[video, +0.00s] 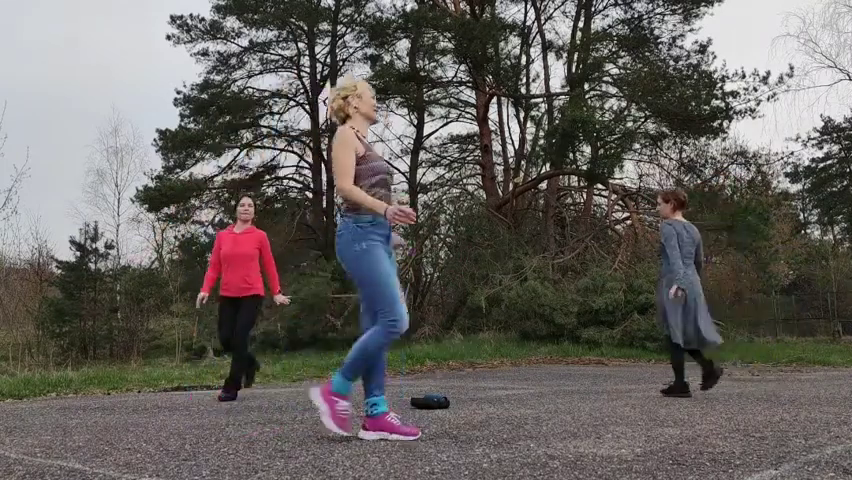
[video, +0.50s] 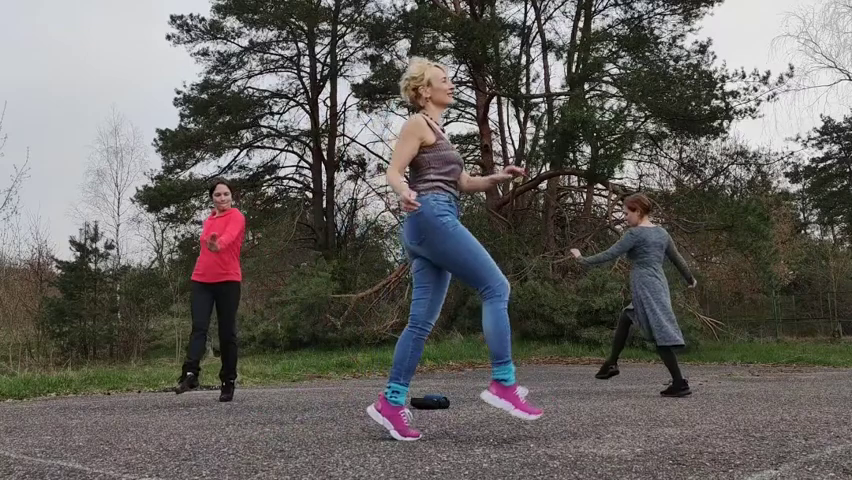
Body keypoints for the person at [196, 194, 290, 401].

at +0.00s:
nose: (246, 208)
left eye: (249, 206)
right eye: (242, 205)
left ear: (254, 211)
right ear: (236, 210)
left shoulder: (259, 235)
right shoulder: (223, 235)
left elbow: (269, 264)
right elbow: (214, 265)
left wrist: (276, 292)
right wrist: (205, 289)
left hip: (251, 294)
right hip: (228, 294)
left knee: (239, 338)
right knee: (226, 340)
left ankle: (231, 388)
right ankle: (250, 364)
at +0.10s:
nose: (240, 206)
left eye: (244, 203)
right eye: (237, 202)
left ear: (249, 208)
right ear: (230, 207)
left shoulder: (256, 232)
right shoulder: (219, 234)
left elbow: (265, 261)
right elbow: (212, 265)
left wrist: (271, 289)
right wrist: (205, 294)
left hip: (247, 292)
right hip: (222, 292)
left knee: (238, 337)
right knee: (221, 341)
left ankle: (232, 387)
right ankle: (234, 373)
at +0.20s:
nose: (236, 207)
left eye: (239, 203)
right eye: (232, 203)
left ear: (244, 208)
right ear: (225, 208)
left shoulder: (253, 233)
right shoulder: (214, 235)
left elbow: (259, 264)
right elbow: (209, 266)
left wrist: (262, 293)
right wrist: (207, 296)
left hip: (244, 294)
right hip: (218, 293)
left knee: (237, 341)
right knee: (216, 341)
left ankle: (231, 387)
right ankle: (214, 387)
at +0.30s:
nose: (231, 208)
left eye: (234, 205)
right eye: (227, 205)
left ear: (240, 209)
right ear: (222, 209)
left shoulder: (248, 234)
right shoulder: (213, 234)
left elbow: (251, 262)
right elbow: (208, 262)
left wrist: (249, 286)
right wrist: (206, 286)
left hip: (238, 294)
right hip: (214, 293)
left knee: (234, 341)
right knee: (206, 337)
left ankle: (231, 388)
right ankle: (203, 384)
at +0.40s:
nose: (226, 203)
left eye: (229, 200)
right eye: (222, 200)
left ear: (236, 203)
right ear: (217, 204)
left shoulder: (242, 224)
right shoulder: (212, 225)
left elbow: (241, 246)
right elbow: (209, 251)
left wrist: (234, 261)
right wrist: (207, 275)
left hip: (233, 285)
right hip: (207, 284)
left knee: (230, 336)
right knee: (202, 331)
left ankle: (228, 385)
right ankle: (194, 379)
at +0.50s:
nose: (222, 198)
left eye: (226, 194)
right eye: (218, 195)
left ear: (231, 197)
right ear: (212, 199)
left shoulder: (237, 217)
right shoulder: (208, 221)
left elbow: (230, 235)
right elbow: (204, 242)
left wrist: (218, 244)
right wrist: (208, 245)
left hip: (227, 280)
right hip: (202, 279)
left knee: (227, 334)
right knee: (198, 328)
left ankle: (228, 382)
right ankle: (190, 375)